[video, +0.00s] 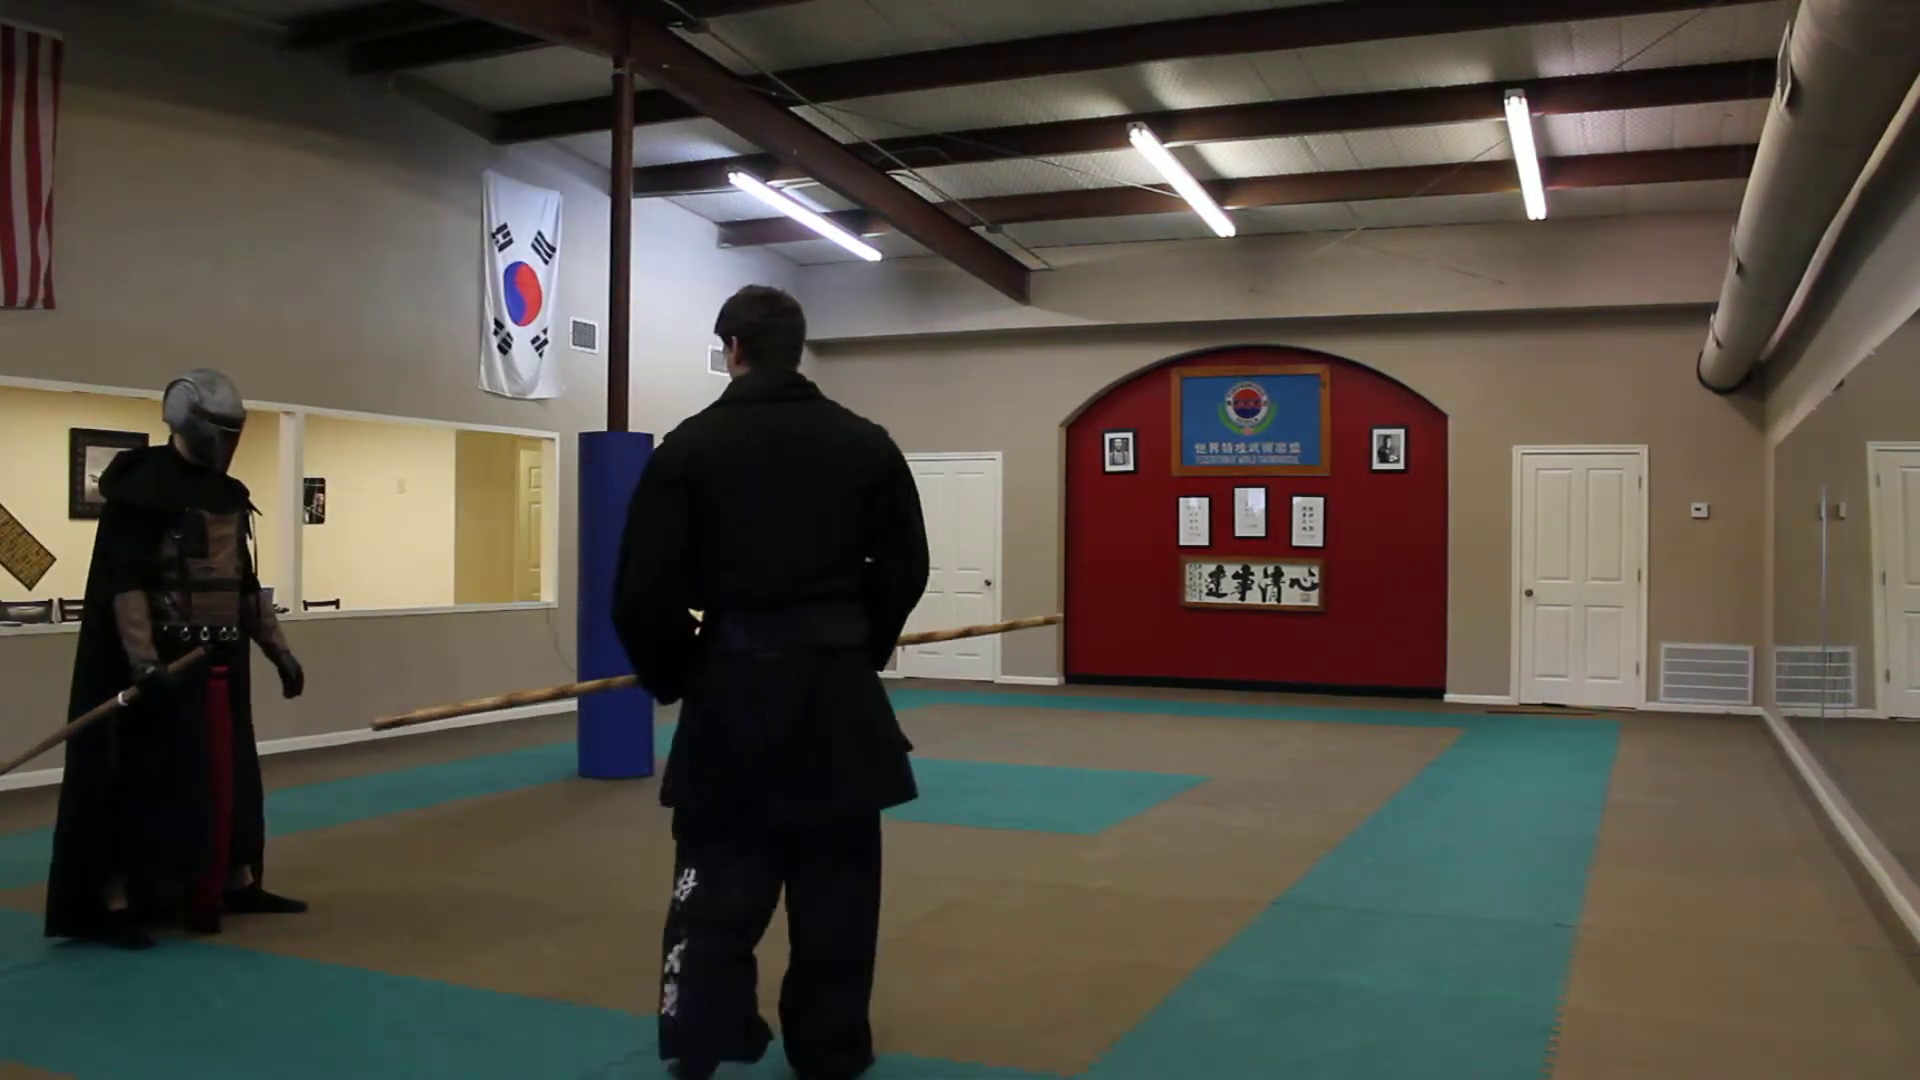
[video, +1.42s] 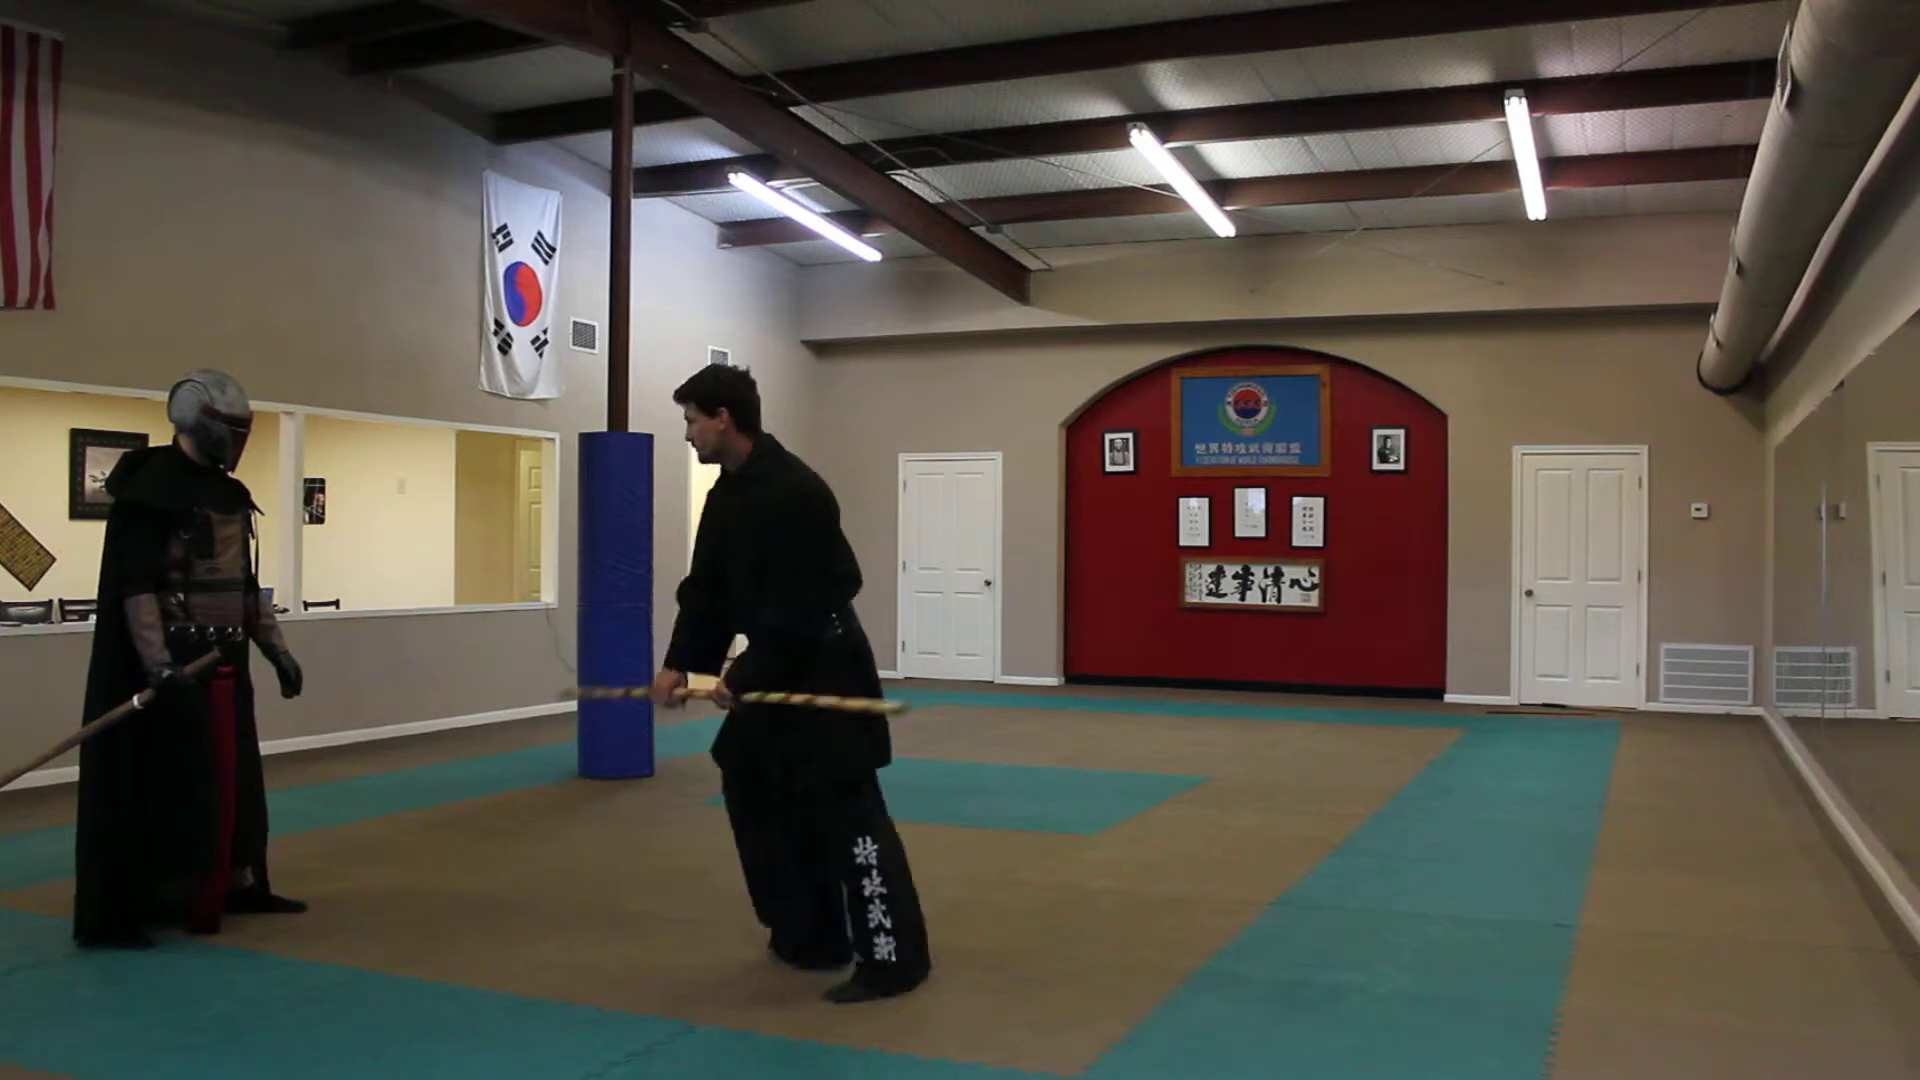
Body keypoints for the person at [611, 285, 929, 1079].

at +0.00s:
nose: (718, 358)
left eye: (719, 348)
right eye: (722, 347)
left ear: (732, 352)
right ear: (800, 351)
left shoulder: (688, 450)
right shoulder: (865, 443)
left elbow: (640, 594)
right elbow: (905, 570)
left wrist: (681, 676)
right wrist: (857, 654)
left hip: (730, 700)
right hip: (840, 702)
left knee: (715, 891)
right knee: (838, 897)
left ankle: (704, 1054)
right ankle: (832, 1057)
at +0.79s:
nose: (682, 399)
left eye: (682, 386)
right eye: (681, 386)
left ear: (701, 382)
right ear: (745, 377)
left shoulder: (703, 468)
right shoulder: (816, 459)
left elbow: (645, 586)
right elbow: (830, 562)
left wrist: (647, 651)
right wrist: (785, 603)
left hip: (730, 668)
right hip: (803, 661)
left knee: (719, 824)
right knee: (807, 804)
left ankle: (733, 994)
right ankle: (818, 939)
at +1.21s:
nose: (697, 422)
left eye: (701, 408)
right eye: (696, 410)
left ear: (731, 402)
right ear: (740, 401)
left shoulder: (769, 471)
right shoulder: (778, 457)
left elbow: (759, 589)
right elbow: (742, 559)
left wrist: (719, 670)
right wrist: (707, 612)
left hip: (808, 664)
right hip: (822, 655)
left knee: (794, 812)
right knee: (822, 806)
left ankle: (821, 966)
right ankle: (845, 942)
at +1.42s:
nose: (686, 434)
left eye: (692, 422)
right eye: (685, 422)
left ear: (725, 418)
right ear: (724, 419)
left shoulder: (793, 488)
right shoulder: (728, 494)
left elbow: (811, 595)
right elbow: (707, 590)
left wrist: (747, 667)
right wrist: (679, 663)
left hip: (826, 676)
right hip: (770, 678)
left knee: (847, 811)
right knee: (754, 789)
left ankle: (894, 958)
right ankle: (809, 936)